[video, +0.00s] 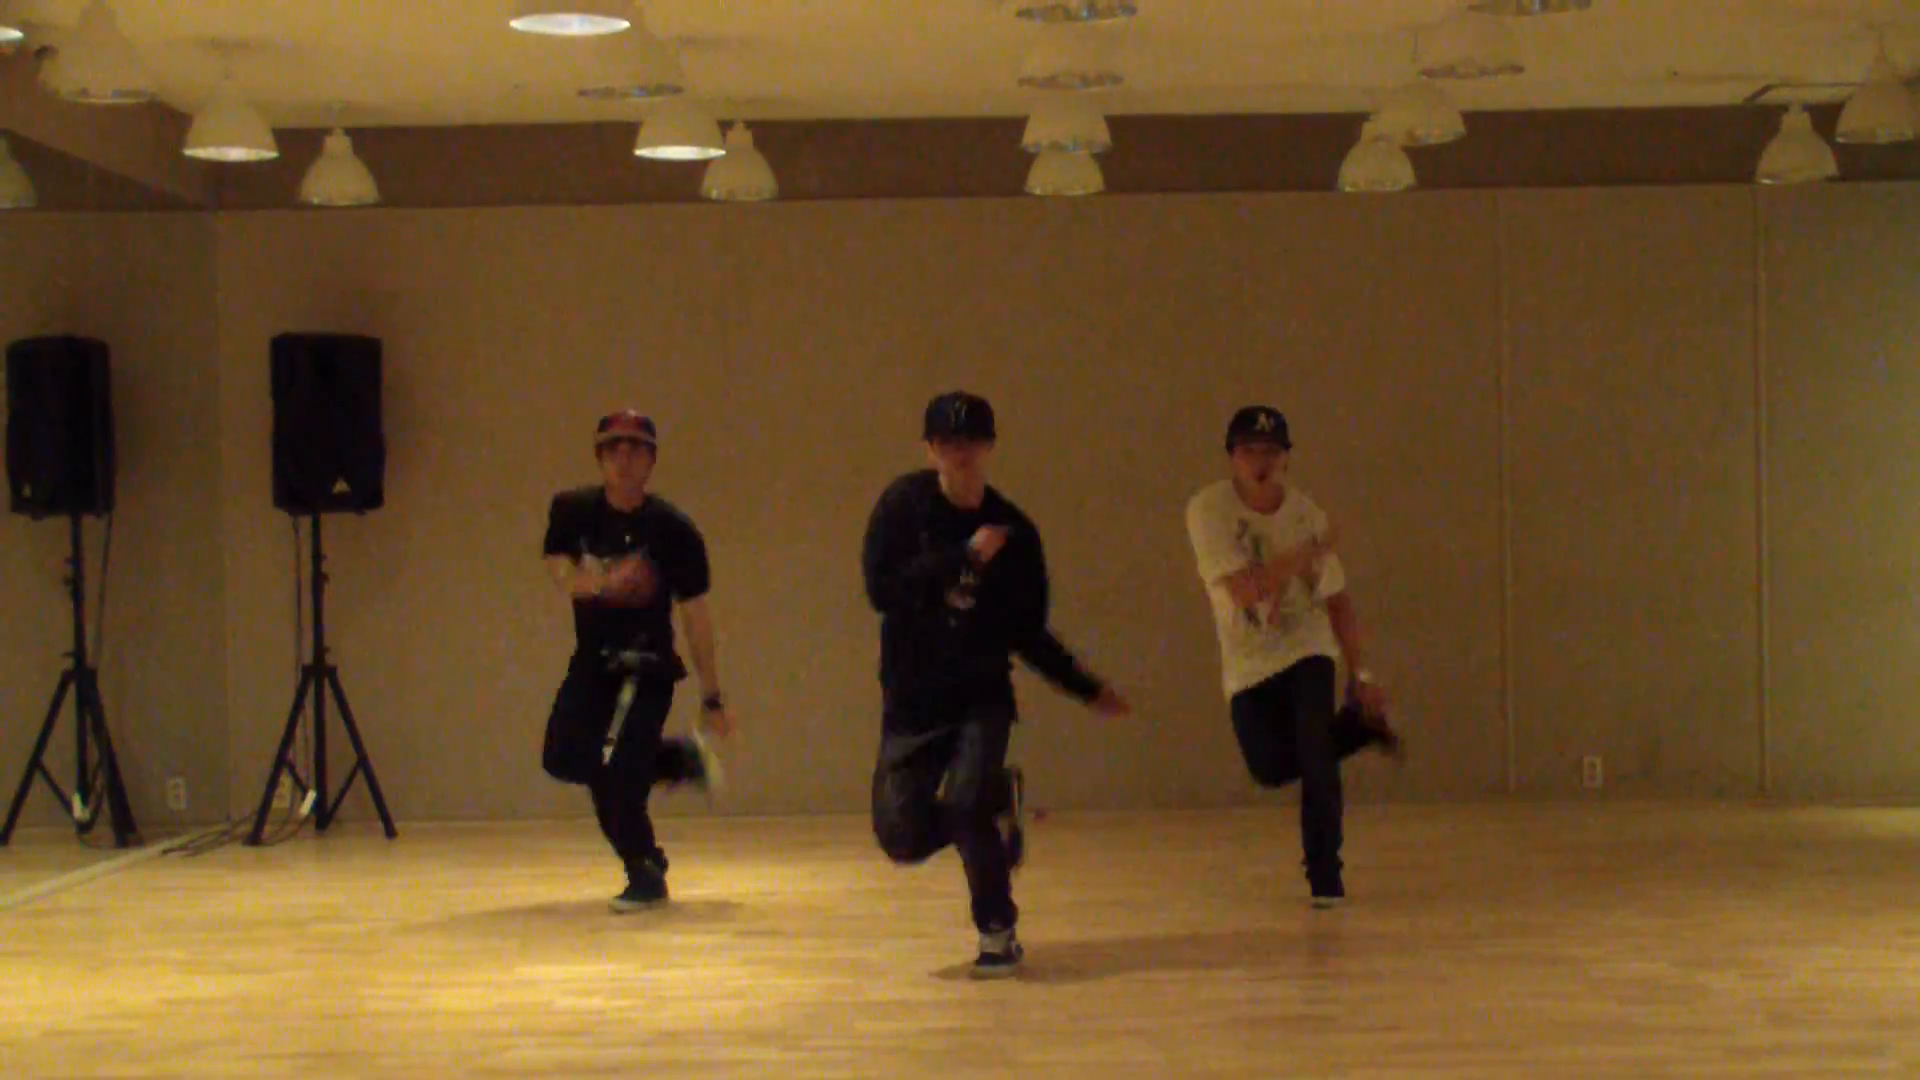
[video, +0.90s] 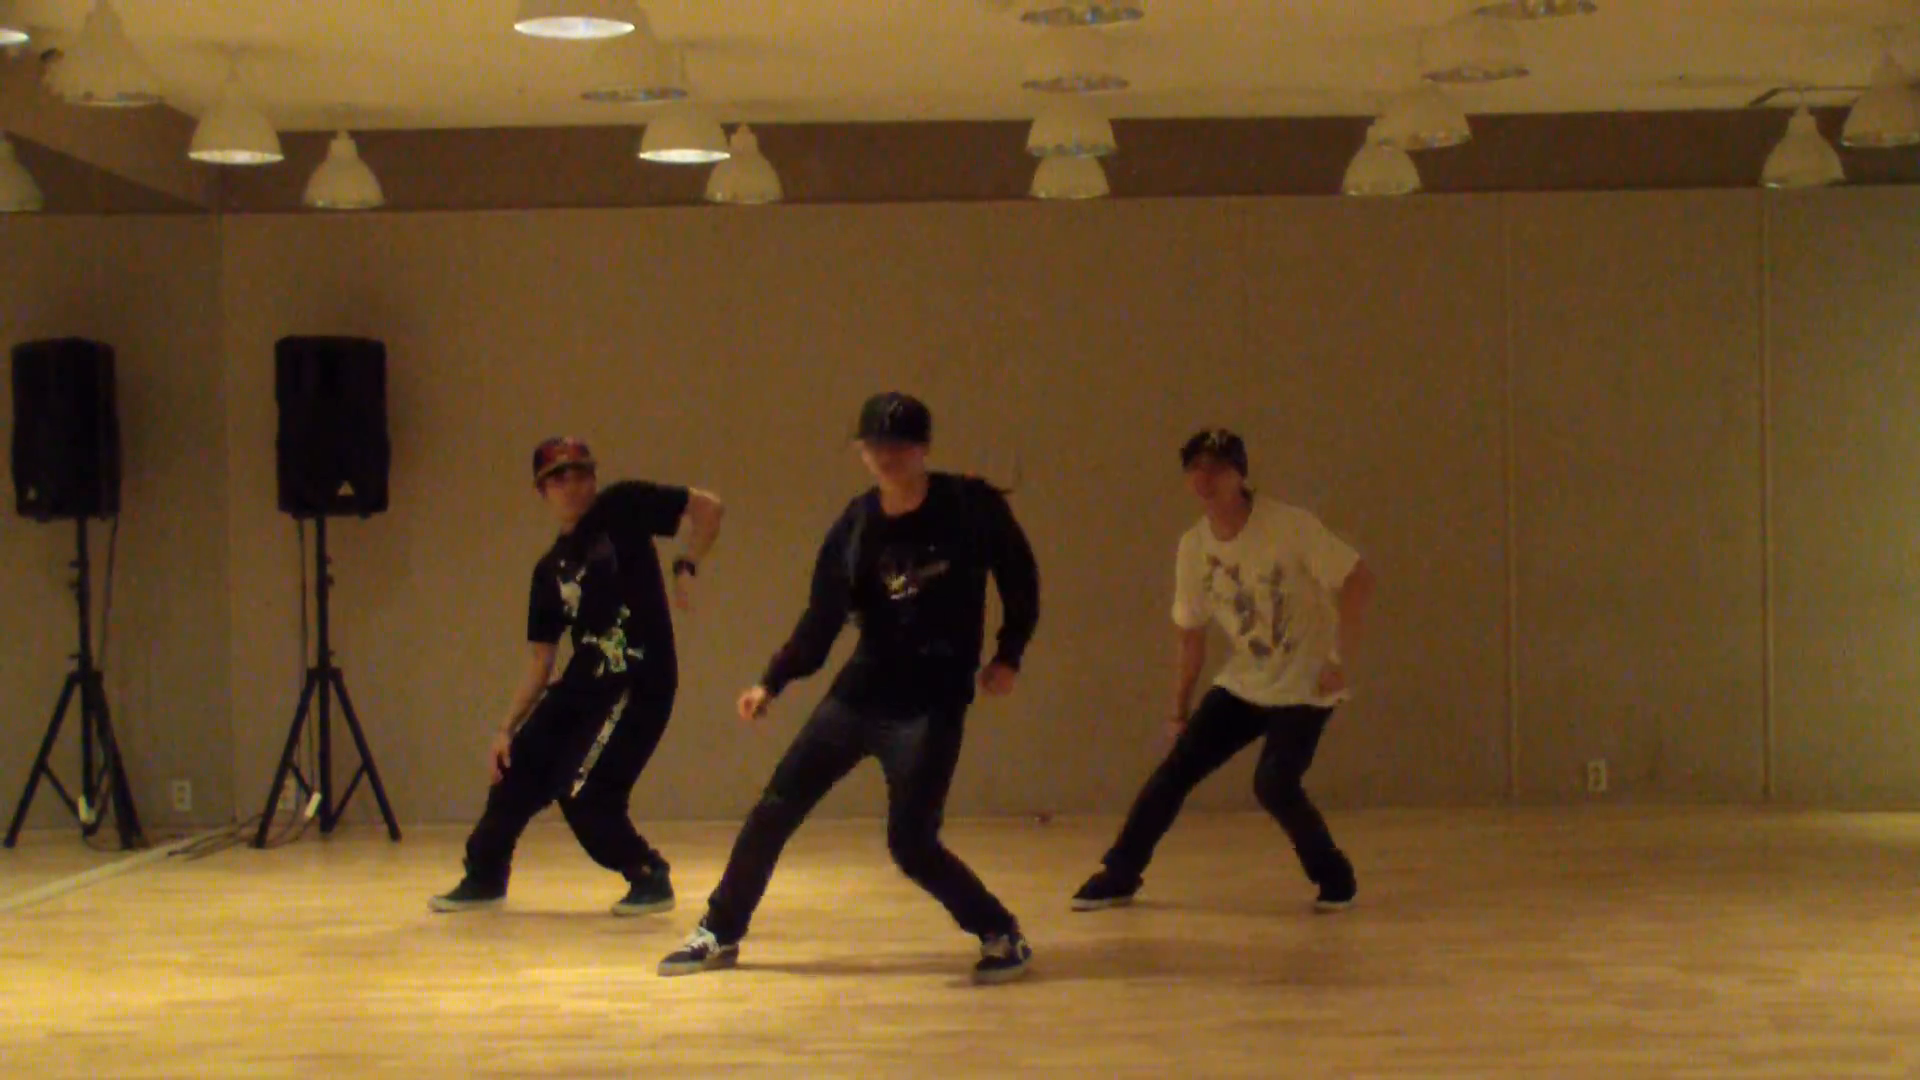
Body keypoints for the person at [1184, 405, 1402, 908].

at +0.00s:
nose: (1261, 462)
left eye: (1271, 451)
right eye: (1250, 451)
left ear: (1285, 456)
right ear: (1231, 456)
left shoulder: (1304, 513)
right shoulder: (1208, 510)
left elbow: (1336, 599)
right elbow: (1242, 591)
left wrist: (1359, 672)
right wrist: (1306, 556)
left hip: (1308, 649)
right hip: (1247, 665)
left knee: (1315, 756)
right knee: (1270, 767)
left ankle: (1325, 876)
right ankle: (1359, 728)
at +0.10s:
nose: (1243, 461)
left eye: (1253, 450)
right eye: (1232, 450)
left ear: (1273, 451)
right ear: (1218, 454)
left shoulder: (1297, 507)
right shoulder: (1200, 503)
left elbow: (1335, 572)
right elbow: (1223, 581)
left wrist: (1344, 632)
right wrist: (1268, 534)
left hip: (1304, 651)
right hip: (1244, 662)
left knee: (1312, 757)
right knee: (1255, 771)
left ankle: (1324, 874)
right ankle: (1353, 731)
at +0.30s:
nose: (1202, 475)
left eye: (1213, 463)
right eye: (1193, 464)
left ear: (1238, 461)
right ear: (1184, 467)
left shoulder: (1269, 520)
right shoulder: (1190, 520)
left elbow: (1231, 611)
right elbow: (1142, 594)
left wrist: (1182, 685)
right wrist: (1091, 658)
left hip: (1283, 670)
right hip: (1226, 665)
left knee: (1255, 773)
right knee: (1157, 765)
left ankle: (1320, 876)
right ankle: (1113, 872)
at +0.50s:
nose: (1178, 477)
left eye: (1190, 464)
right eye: (1171, 466)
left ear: (1218, 465)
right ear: (1165, 470)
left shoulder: (1250, 528)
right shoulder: (1187, 525)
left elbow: (1192, 613)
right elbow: (1147, 599)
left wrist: (1136, 674)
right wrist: (1099, 661)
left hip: (1280, 675)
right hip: (1225, 667)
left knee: (1249, 787)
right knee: (1159, 768)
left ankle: (1325, 867)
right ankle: (1118, 872)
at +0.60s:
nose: (1190, 469)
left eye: (1200, 457)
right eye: (1181, 459)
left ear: (1228, 458)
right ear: (1174, 464)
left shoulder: (1266, 500)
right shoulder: (1187, 527)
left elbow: (1236, 552)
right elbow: (1153, 606)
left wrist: (1187, 552)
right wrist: (1112, 677)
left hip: (1285, 672)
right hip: (1227, 667)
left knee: (1253, 787)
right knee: (1160, 766)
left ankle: (1328, 870)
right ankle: (1118, 872)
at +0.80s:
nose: (1195, 486)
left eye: (1205, 474)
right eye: (1186, 477)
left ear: (1230, 478)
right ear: (1178, 485)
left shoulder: (1280, 516)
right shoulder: (1184, 550)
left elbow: (1358, 521)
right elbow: (1180, 638)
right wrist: (1165, 708)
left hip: (1301, 677)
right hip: (1241, 677)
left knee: (1260, 795)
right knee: (1164, 768)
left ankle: (1332, 877)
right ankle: (1116, 876)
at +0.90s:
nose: (1203, 481)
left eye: (1214, 470)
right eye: (1196, 471)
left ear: (1239, 475)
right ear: (1187, 479)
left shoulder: (1291, 527)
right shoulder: (1194, 547)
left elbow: (1357, 578)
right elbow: (1191, 635)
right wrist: (1181, 706)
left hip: (1306, 685)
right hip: (1244, 682)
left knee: (1275, 785)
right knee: (1175, 771)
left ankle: (1334, 877)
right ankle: (1119, 874)